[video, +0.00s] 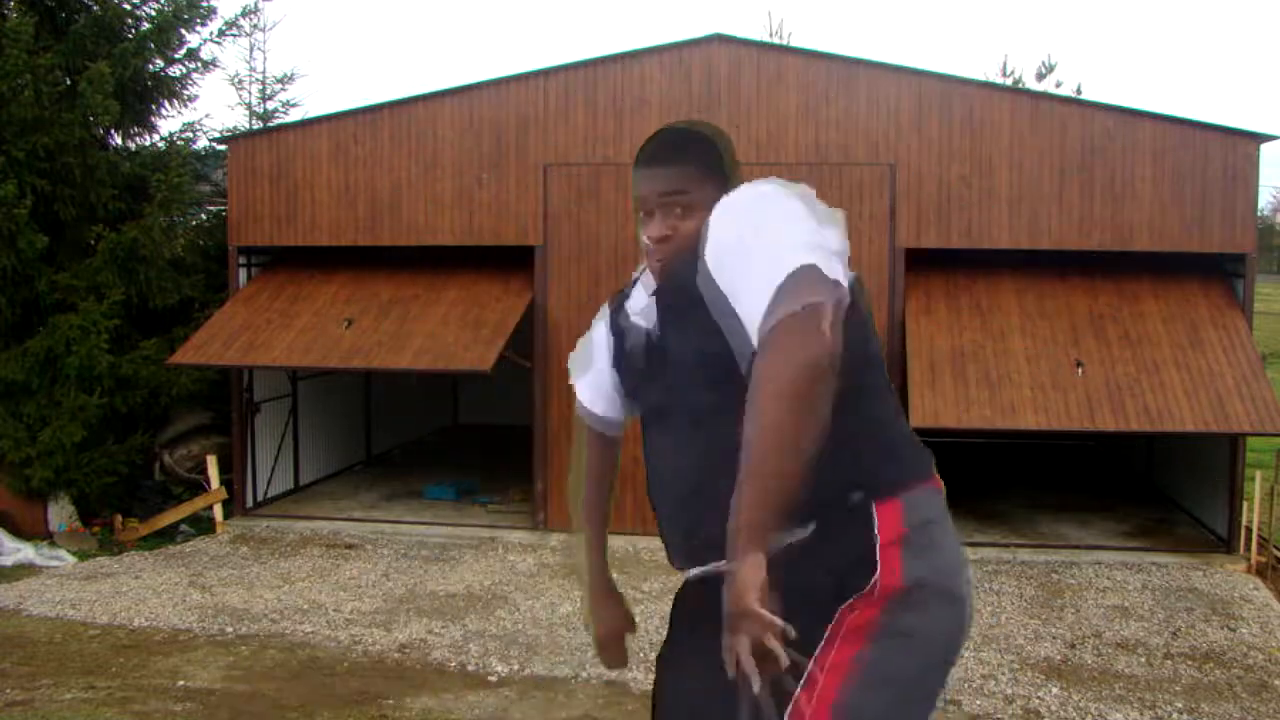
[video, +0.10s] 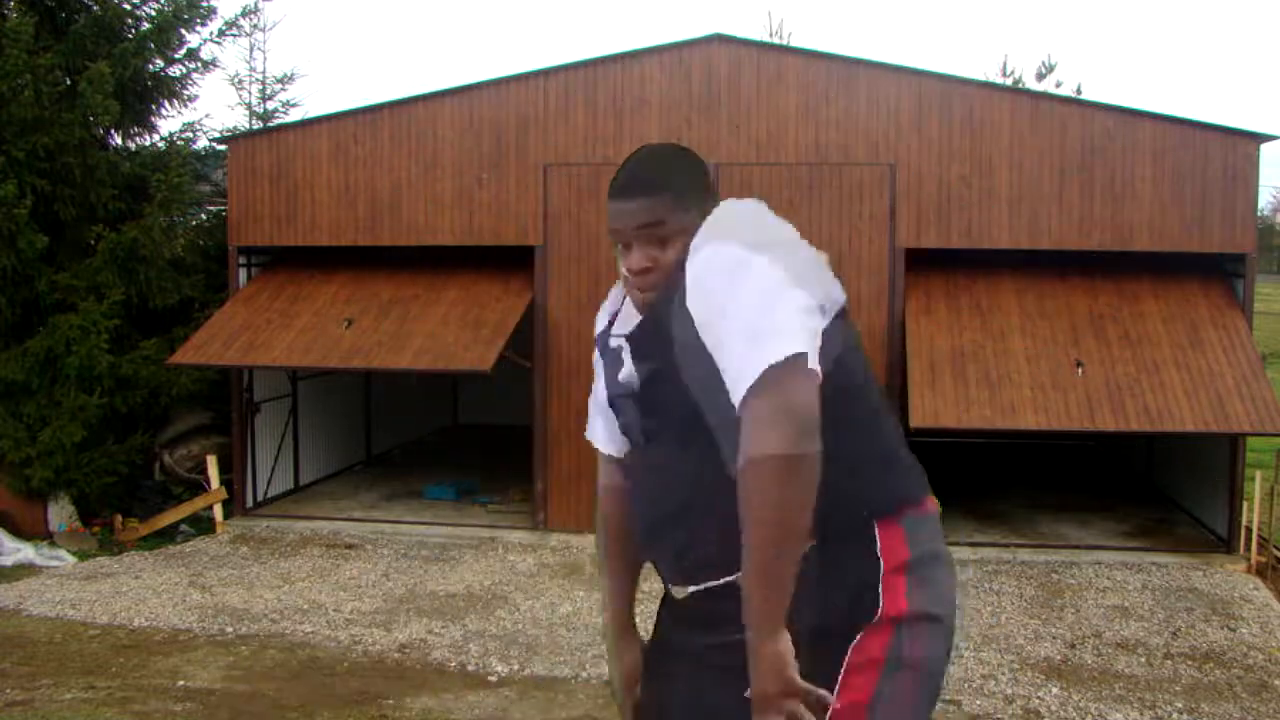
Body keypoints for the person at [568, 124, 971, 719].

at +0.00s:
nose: (657, 228)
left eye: (679, 207)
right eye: (645, 211)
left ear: (723, 200)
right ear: (634, 213)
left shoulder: (755, 214)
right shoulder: (624, 319)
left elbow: (805, 346)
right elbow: (597, 436)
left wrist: (749, 551)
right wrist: (598, 583)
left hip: (873, 562)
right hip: (726, 582)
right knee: (687, 704)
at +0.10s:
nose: (637, 262)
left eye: (658, 238)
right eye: (622, 244)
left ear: (709, 220)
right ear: (610, 240)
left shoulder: (737, 243)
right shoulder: (620, 318)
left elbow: (785, 423)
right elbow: (617, 479)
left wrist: (767, 631)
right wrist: (621, 630)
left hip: (860, 585)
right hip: (713, 598)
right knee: (661, 701)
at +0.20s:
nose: (628, 363)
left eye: (649, 337)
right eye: (613, 341)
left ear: (700, 302)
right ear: (597, 332)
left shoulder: (738, 346)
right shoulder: (614, 363)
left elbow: (805, 556)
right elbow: (627, 533)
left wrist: (825, 711)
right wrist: (637, 685)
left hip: (910, 628)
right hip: (740, 620)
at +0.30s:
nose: (688, 421)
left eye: (707, 396)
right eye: (670, 400)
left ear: (760, 354)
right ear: (652, 382)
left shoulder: (810, 394)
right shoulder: (662, 414)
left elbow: (925, 577)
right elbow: (684, 565)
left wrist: (963, 713)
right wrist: (695, 700)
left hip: (989, 634)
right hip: (817, 644)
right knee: (757, 703)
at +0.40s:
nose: (745, 435)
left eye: (767, 410)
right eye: (725, 413)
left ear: (813, 376)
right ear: (703, 398)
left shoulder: (878, 413)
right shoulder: (707, 434)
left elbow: (1047, 552)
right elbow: (740, 566)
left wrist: (1077, 710)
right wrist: (759, 690)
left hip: (1027, 638)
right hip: (885, 658)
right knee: (802, 707)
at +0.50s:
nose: (869, 412)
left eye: (889, 385)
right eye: (846, 391)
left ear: (924, 363)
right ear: (811, 379)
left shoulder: (996, 403)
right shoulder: (789, 446)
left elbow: (1168, 525)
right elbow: (813, 576)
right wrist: (848, 694)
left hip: (1076, 670)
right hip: (934, 674)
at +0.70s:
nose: (920, 173)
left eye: (942, 152)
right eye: (897, 150)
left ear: (964, 150)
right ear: (847, 151)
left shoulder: (1037, 200)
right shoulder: (779, 261)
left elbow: (1151, 339)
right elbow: (755, 433)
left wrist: (1140, 512)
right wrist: (838, 598)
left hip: (1076, 592)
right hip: (908, 615)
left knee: (1202, 702)